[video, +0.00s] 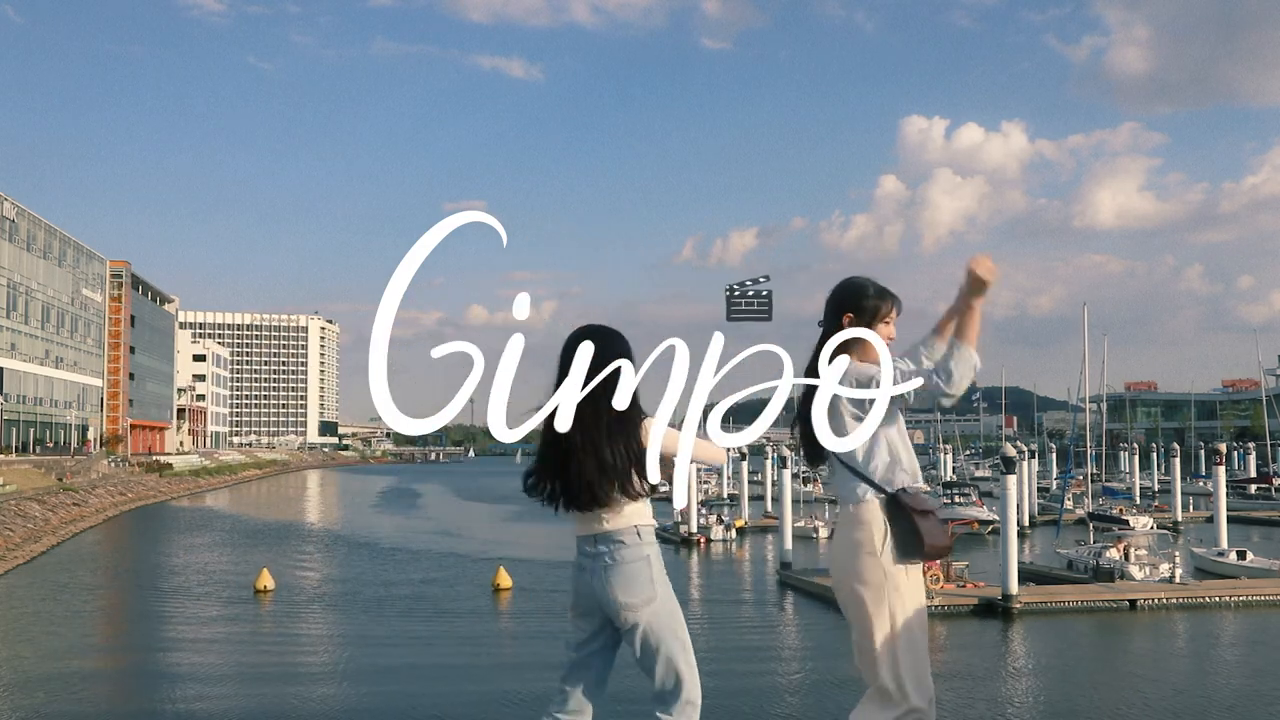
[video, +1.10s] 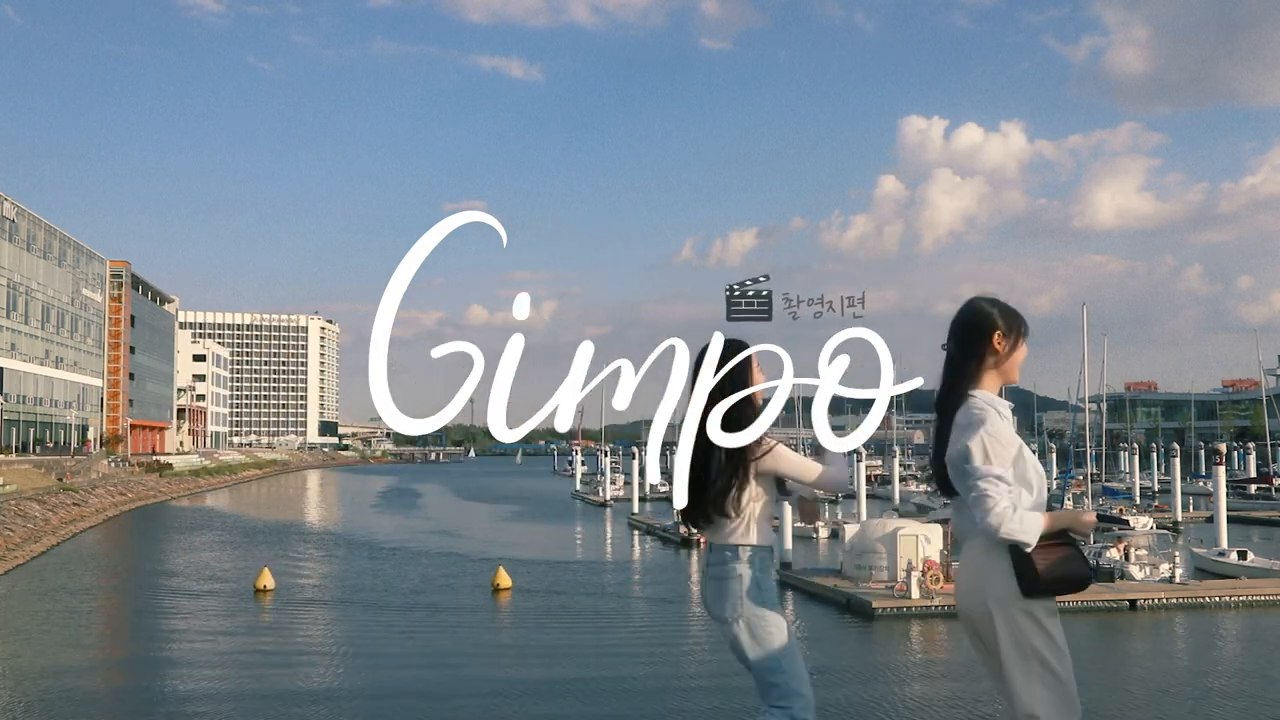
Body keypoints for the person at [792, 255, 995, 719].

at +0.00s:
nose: (896, 333)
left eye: (895, 322)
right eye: (888, 321)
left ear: (848, 322)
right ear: (852, 322)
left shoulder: (851, 372)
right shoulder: (858, 370)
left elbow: (918, 361)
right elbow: (948, 385)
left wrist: (962, 303)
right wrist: (974, 303)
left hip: (873, 530)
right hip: (875, 531)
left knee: (898, 690)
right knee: (904, 694)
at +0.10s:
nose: (900, 335)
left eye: (901, 324)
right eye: (892, 322)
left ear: (854, 326)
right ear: (857, 322)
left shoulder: (856, 379)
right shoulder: (860, 379)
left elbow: (921, 417)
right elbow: (938, 436)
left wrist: (977, 366)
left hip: (874, 539)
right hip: (881, 541)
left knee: (897, 692)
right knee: (936, 698)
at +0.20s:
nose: (909, 339)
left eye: (912, 330)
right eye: (899, 328)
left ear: (914, 335)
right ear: (868, 332)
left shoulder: (862, 395)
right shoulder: (870, 397)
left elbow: (911, 480)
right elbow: (920, 488)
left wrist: (964, 448)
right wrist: (957, 441)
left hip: (874, 551)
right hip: (886, 552)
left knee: (918, 689)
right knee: (971, 694)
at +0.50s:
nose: (940, 320)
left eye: (946, 310)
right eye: (927, 309)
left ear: (951, 315)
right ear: (896, 317)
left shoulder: (912, 375)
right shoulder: (903, 378)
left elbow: (916, 466)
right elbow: (910, 469)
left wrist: (986, 478)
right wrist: (996, 477)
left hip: (921, 533)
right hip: (931, 533)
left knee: (932, 685)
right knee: (996, 681)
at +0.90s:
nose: (1003, 330)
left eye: (1002, 319)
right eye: (995, 318)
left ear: (964, 325)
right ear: (962, 321)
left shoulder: (956, 385)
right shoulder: (955, 387)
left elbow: (972, 480)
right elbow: (968, 485)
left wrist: (1024, 488)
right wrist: (1046, 456)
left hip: (961, 544)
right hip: (977, 544)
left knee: (949, 691)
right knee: (1029, 694)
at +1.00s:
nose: (1014, 345)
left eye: (1013, 334)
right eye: (1008, 334)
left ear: (979, 339)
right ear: (979, 337)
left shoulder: (966, 405)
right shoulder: (967, 409)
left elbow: (975, 503)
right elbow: (971, 508)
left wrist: (1044, 505)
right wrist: (1056, 502)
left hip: (972, 559)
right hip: (991, 560)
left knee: (966, 700)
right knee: (1043, 702)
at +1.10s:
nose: (1025, 354)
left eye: (1025, 343)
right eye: (1022, 342)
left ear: (991, 344)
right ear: (998, 342)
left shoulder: (973, 413)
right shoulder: (984, 417)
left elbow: (986, 514)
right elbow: (994, 515)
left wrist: (1057, 519)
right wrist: (1066, 519)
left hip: (983, 566)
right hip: (1000, 569)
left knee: (1030, 703)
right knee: (1053, 704)